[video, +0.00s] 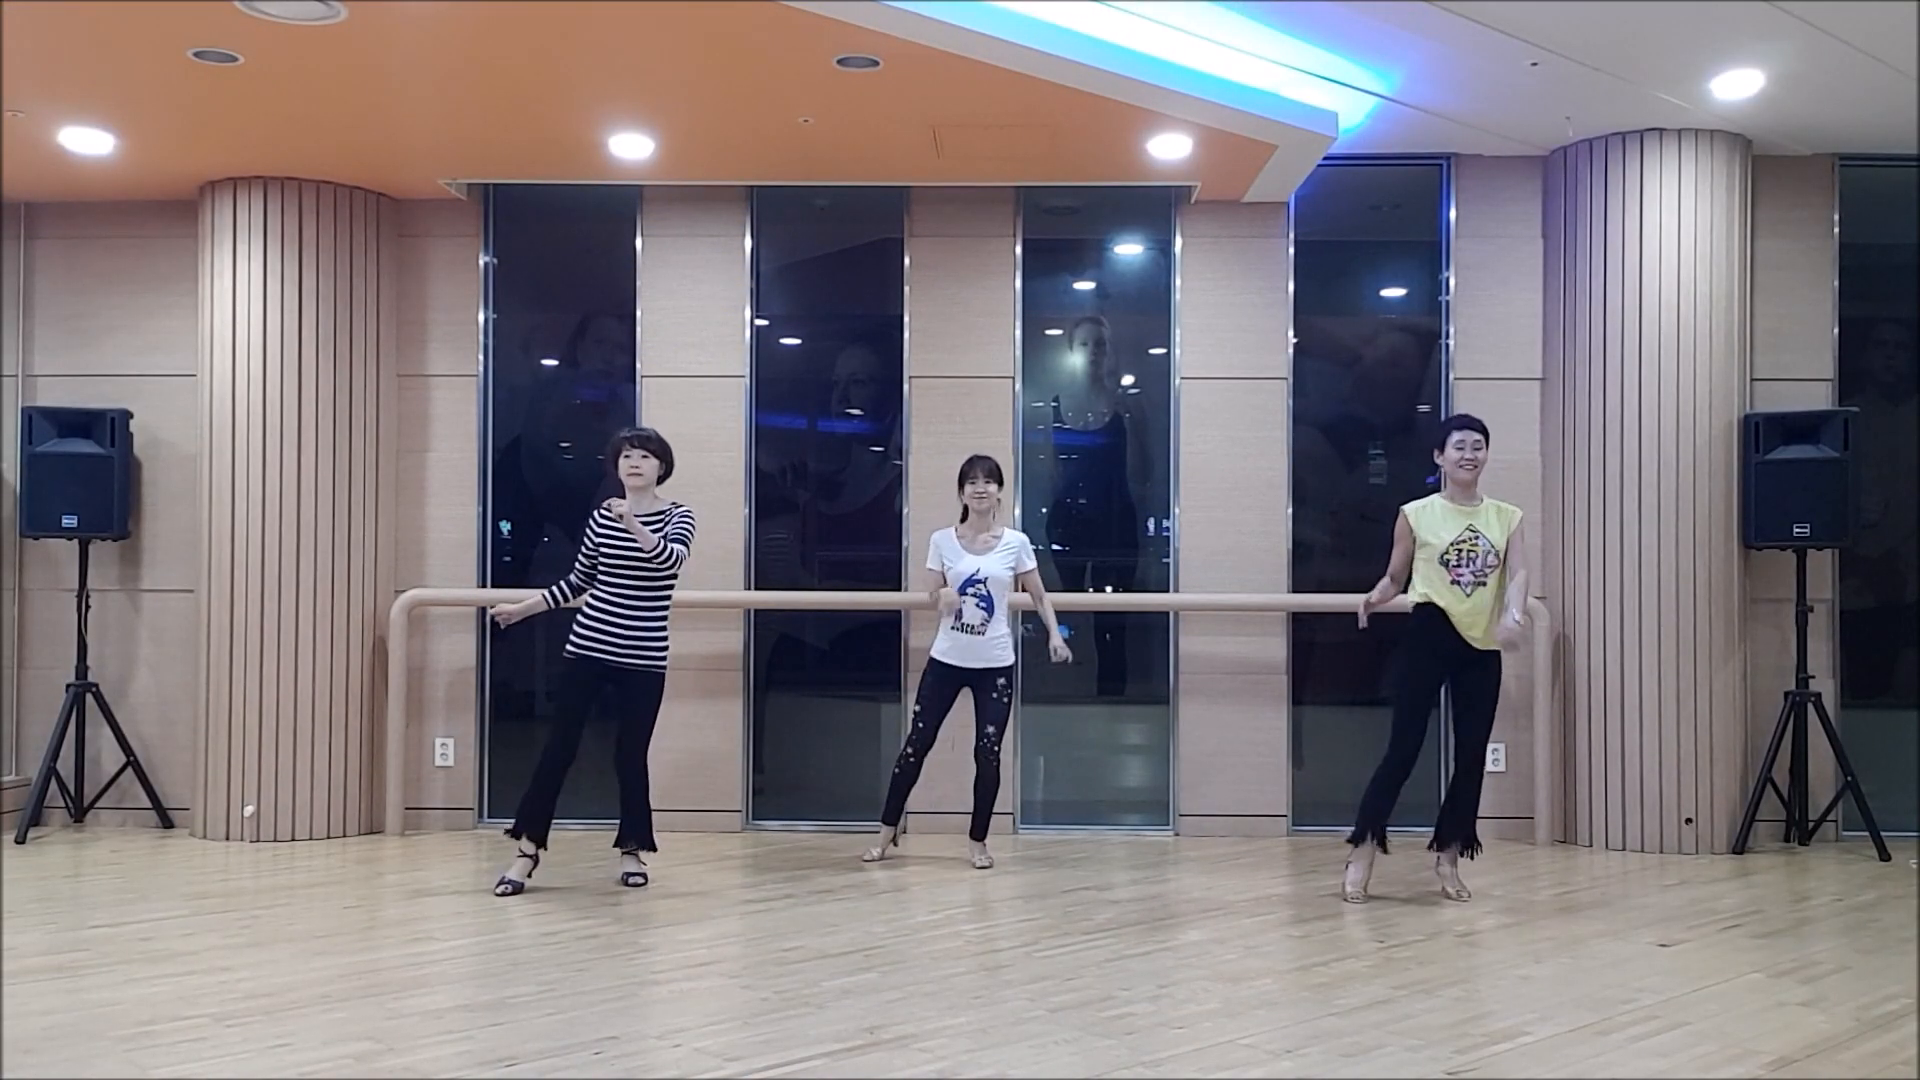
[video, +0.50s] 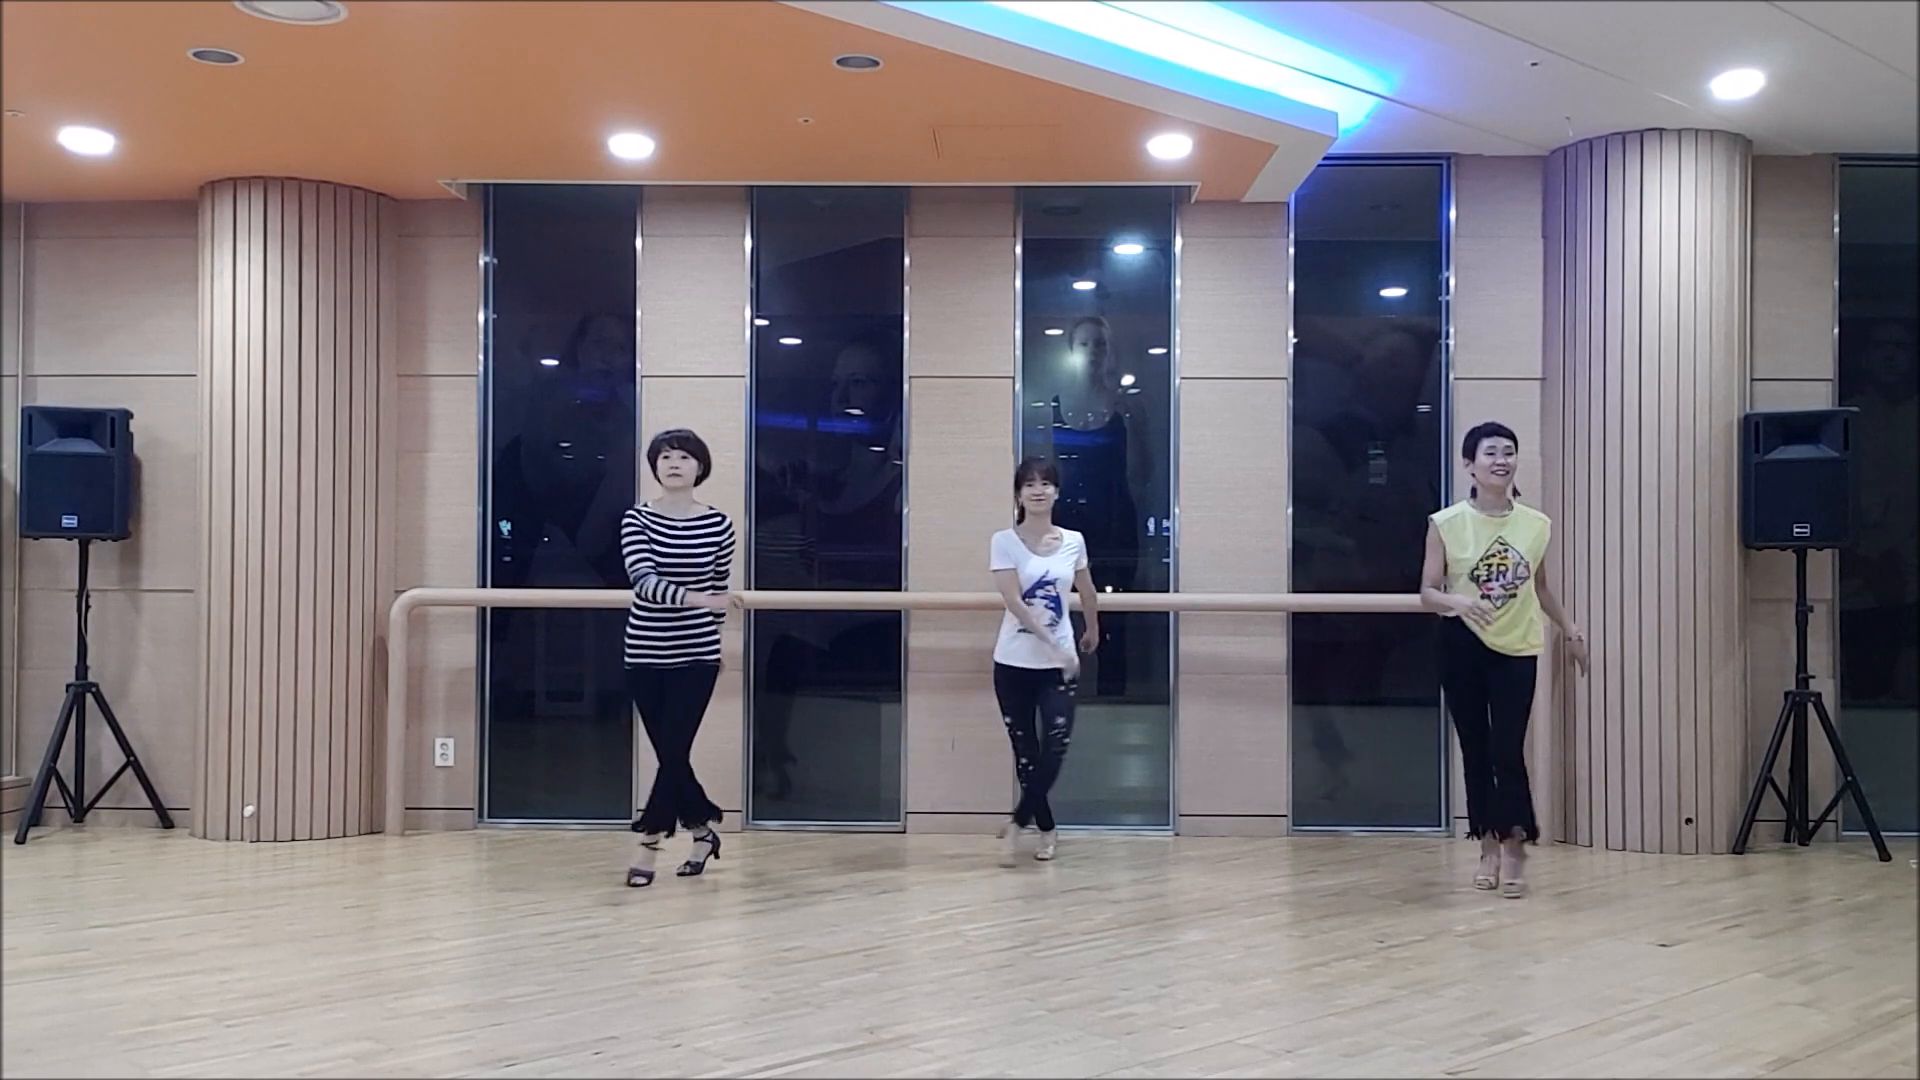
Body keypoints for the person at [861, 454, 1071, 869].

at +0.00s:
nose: (981, 488)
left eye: (988, 482)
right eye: (973, 482)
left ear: (1000, 490)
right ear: (961, 490)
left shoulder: (1016, 543)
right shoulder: (943, 540)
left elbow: (1039, 595)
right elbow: (932, 599)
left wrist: (1055, 634)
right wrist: (944, 597)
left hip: (996, 664)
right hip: (947, 659)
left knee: (988, 752)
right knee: (915, 745)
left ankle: (978, 841)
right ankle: (888, 831)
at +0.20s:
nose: (995, 490)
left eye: (1002, 484)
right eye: (987, 484)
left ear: (1015, 492)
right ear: (976, 492)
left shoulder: (1031, 541)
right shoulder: (961, 540)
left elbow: (1069, 592)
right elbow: (957, 595)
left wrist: (1105, 636)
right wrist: (989, 578)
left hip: (1015, 662)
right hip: (968, 658)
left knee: (998, 754)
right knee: (929, 744)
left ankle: (978, 840)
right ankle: (909, 822)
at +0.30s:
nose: (1007, 491)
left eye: (1015, 484)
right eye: (999, 485)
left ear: (1026, 492)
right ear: (988, 493)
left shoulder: (1043, 543)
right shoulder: (972, 539)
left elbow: (1079, 592)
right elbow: (980, 589)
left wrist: (1115, 637)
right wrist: (1028, 575)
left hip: (1026, 663)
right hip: (981, 660)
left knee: (1004, 754)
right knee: (954, 747)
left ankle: (980, 841)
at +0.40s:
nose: (1023, 490)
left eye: (1030, 483)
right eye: (1015, 484)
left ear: (1041, 492)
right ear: (1002, 493)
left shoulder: (1058, 541)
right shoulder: (987, 540)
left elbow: (1082, 591)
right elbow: (998, 594)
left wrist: (1101, 633)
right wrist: (1052, 601)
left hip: (1040, 666)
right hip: (995, 664)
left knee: (1017, 753)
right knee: (1002, 754)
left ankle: (984, 837)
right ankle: (1039, 823)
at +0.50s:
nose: (1038, 490)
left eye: (1045, 484)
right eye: (1029, 484)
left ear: (1056, 491)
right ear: (1018, 493)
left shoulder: (1072, 541)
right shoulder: (1005, 540)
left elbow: (1086, 591)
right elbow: (1015, 602)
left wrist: (1093, 628)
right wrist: (1055, 646)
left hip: (1059, 660)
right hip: (1013, 661)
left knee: (1056, 746)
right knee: (1026, 751)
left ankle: (1015, 823)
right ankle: (1047, 831)